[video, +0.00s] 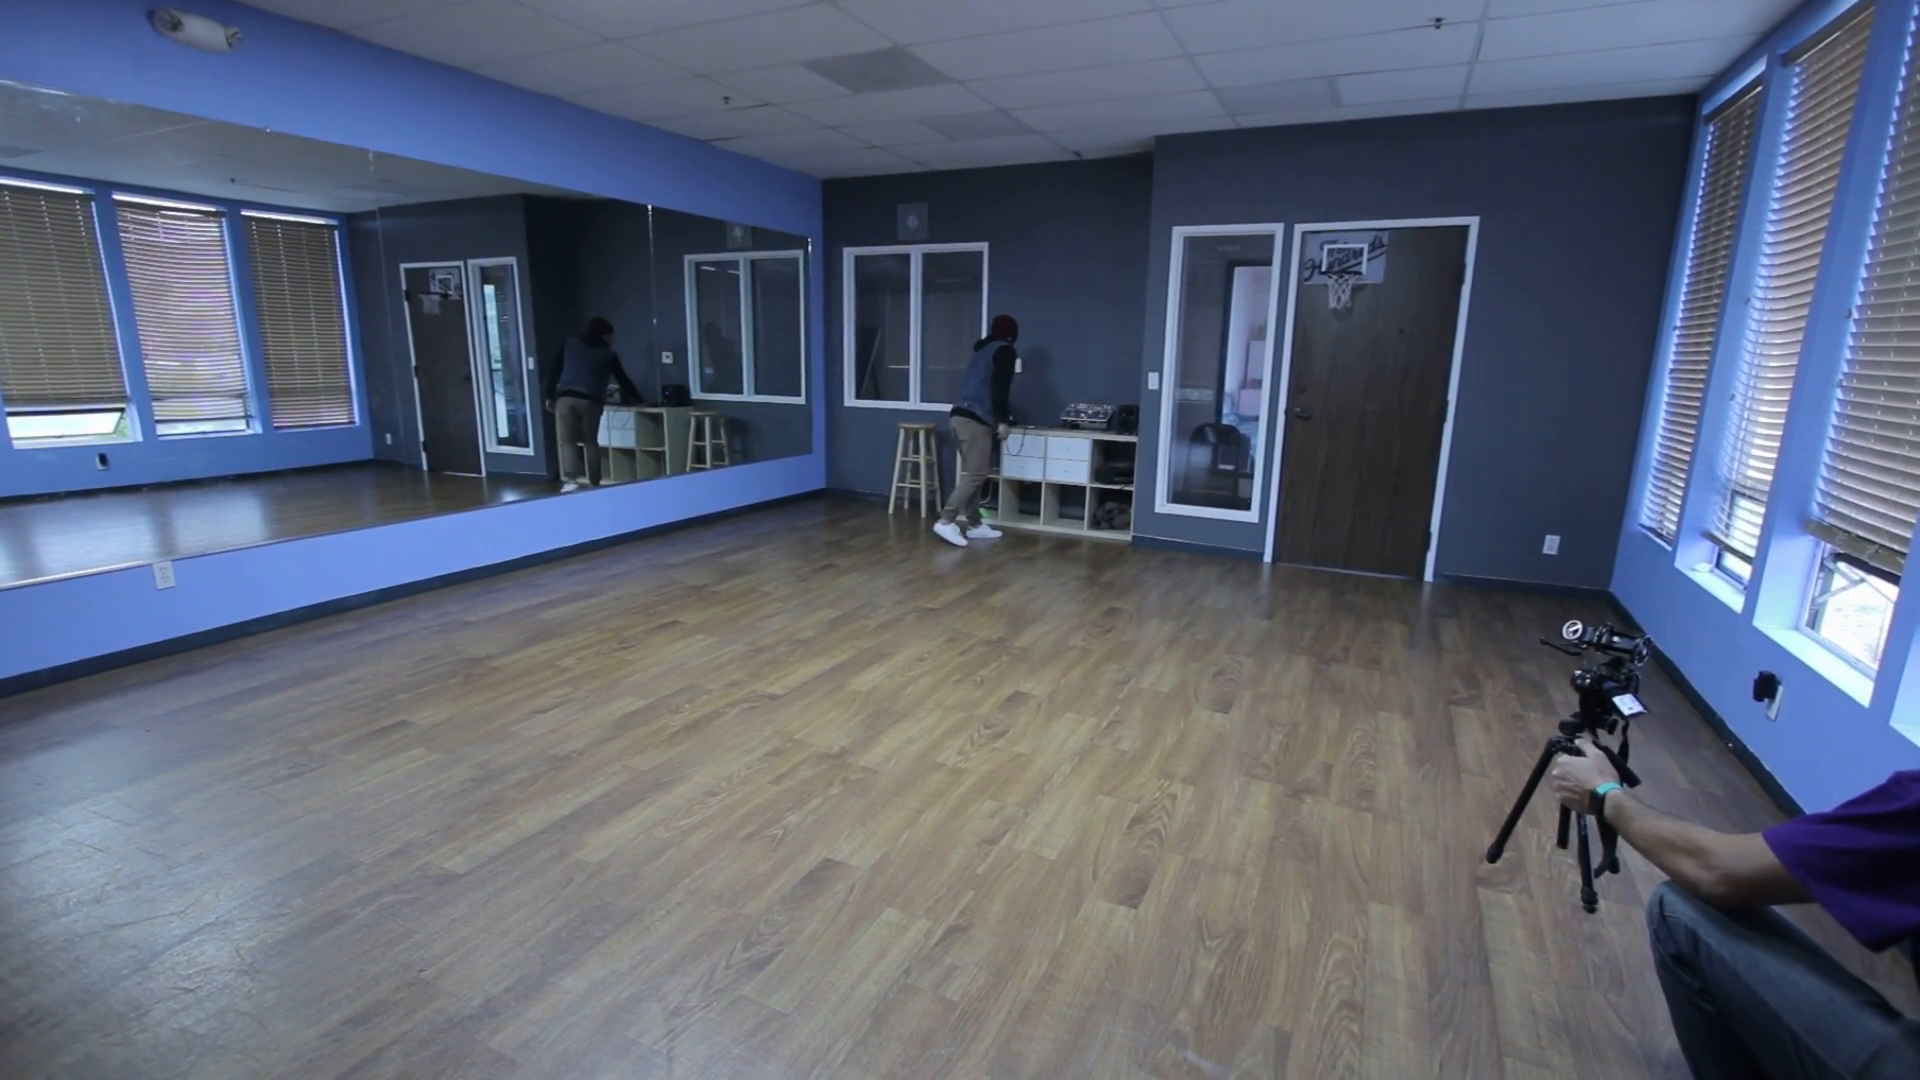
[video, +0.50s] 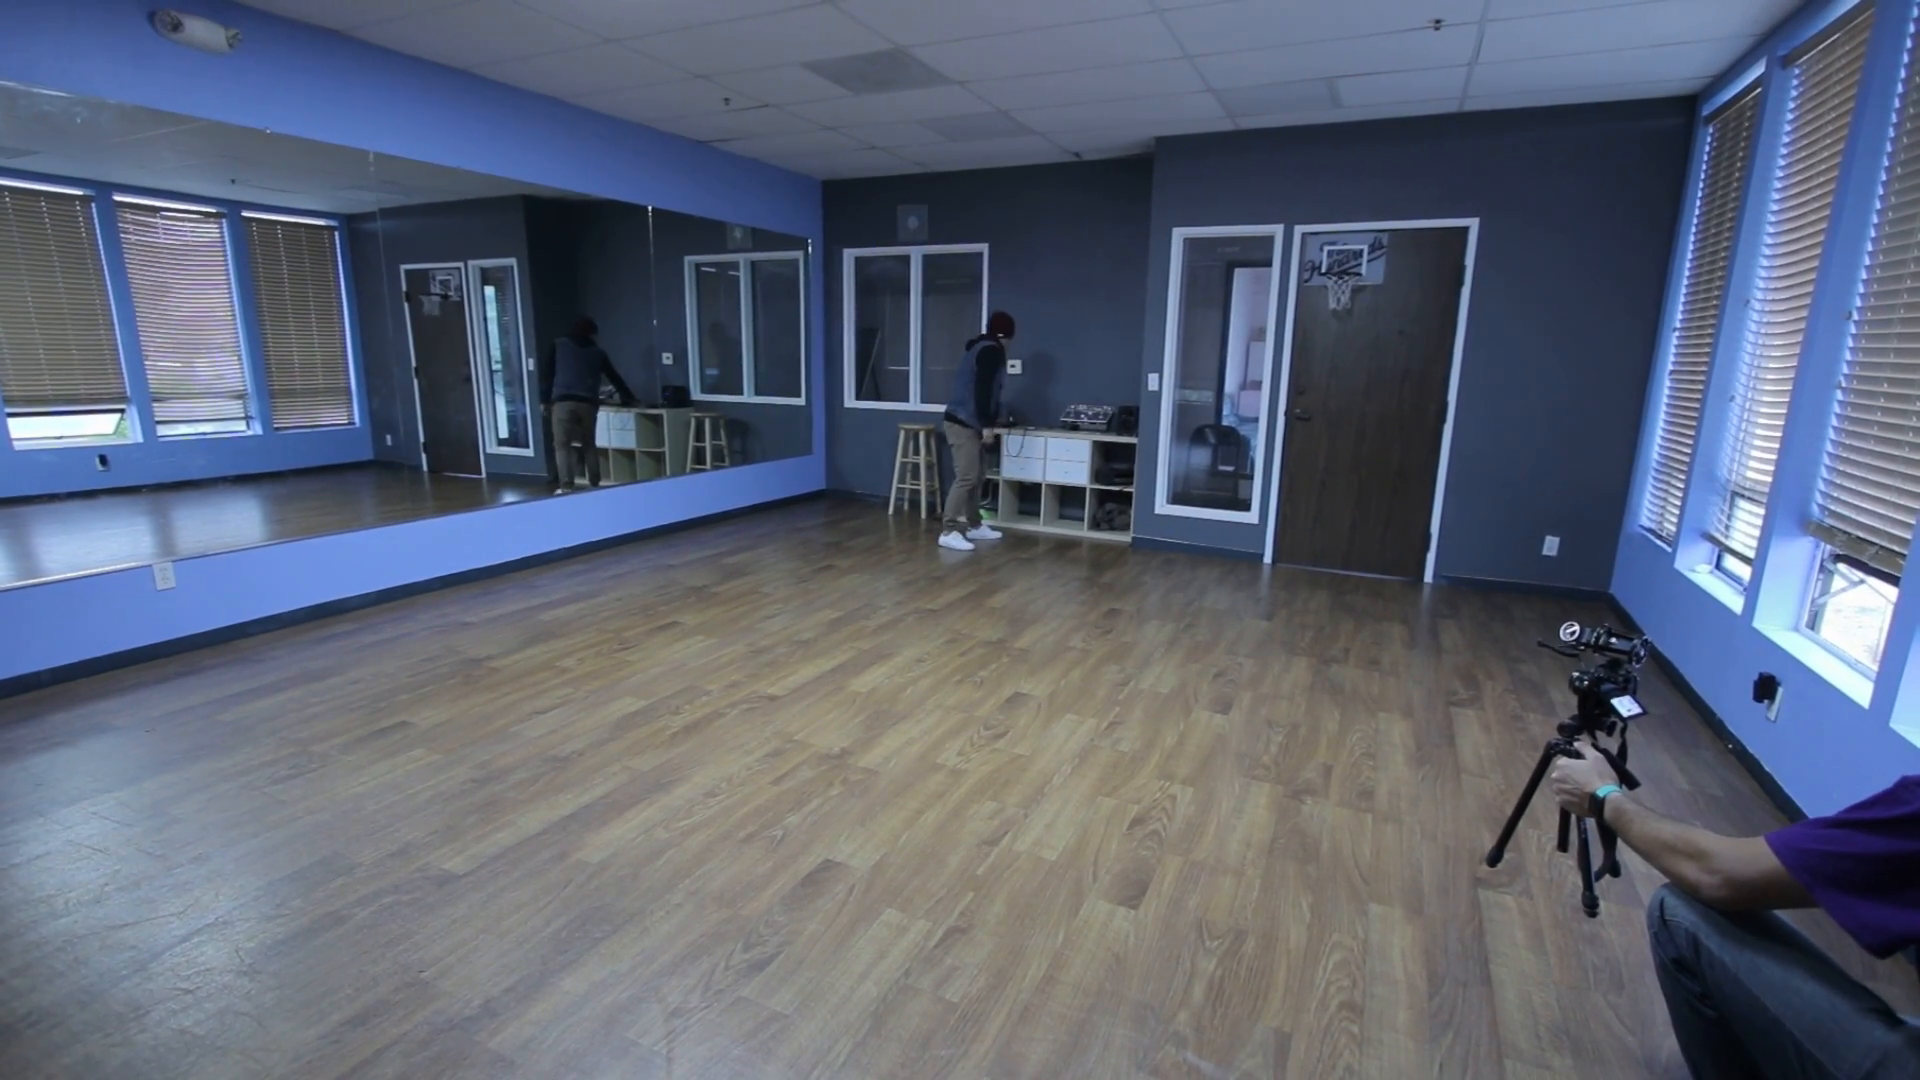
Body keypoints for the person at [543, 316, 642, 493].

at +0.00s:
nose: (611, 338)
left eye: (611, 335)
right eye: (610, 335)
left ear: (587, 330)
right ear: (606, 335)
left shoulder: (570, 344)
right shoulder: (608, 353)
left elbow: (555, 370)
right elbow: (623, 380)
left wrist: (550, 396)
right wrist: (638, 399)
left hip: (566, 399)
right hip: (590, 401)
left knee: (566, 441)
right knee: (590, 441)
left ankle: (569, 481)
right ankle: (594, 482)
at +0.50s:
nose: (594, 336)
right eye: (593, 333)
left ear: (573, 329)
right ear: (593, 333)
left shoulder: (558, 345)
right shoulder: (597, 352)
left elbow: (547, 373)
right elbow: (614, 378)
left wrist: (544, 400)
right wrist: (628, 399)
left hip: (563, 401)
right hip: (588, 402)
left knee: (562, 444)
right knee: (589, 444)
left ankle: (566, 485)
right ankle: (594, 484)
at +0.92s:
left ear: (542, 328)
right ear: (563, 327)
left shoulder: (537, 347)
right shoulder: (572, 345)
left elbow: (532, 377)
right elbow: (581, 374)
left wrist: (529, 404)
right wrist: (580, 396)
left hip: (553, 404)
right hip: (578, 402)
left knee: (551, 449)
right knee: (584, 445)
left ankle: (566, 486)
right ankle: (595, 483)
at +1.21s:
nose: (529, 332)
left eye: (529, 329)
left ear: (530, 329)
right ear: (548, 326)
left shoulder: (529, 352)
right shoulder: (559, 345)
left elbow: (528, 384)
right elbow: (569, 375)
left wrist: (526, 411)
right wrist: (573, 399)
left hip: (548, 408)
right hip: (571, 404)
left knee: (549, 452)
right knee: (574, 447)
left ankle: (564, 488)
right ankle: (585, 484)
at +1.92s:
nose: (522, 333)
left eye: (522, 329)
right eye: (522, 329)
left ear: (526, 330)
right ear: (541, 328)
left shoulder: (529, 349)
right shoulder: (550, 345)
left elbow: (530, 382)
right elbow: (552, 378)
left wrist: (525, 409)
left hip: (534, 408)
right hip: (549, 406)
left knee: (530, 453)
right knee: (535, 451)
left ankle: (559, 488)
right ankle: (530, 490)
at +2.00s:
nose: (523, 330)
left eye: (524, 327)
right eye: (525, 327)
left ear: (526, 328)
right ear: (543, 327)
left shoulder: (528, 348)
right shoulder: (552, 345)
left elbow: (527, 380)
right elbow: (554, 377)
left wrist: (525, 408)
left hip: (534, 409)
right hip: (551, 408)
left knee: (534, 454)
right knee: (537, 451)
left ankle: (558, 488)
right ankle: (530, 489)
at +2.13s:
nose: (527, 329)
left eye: (528, 325)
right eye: (530, 325)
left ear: (528, 326)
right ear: (547, 325)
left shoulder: (526, 347)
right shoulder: (557, 344)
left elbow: (524, 379)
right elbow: (565, 375)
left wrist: (522, 407)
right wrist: (564, 399)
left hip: (537, 407)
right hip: (560, 404)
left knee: (541, 451)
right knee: (547, 449)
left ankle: (562, 485)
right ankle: (532, 485)